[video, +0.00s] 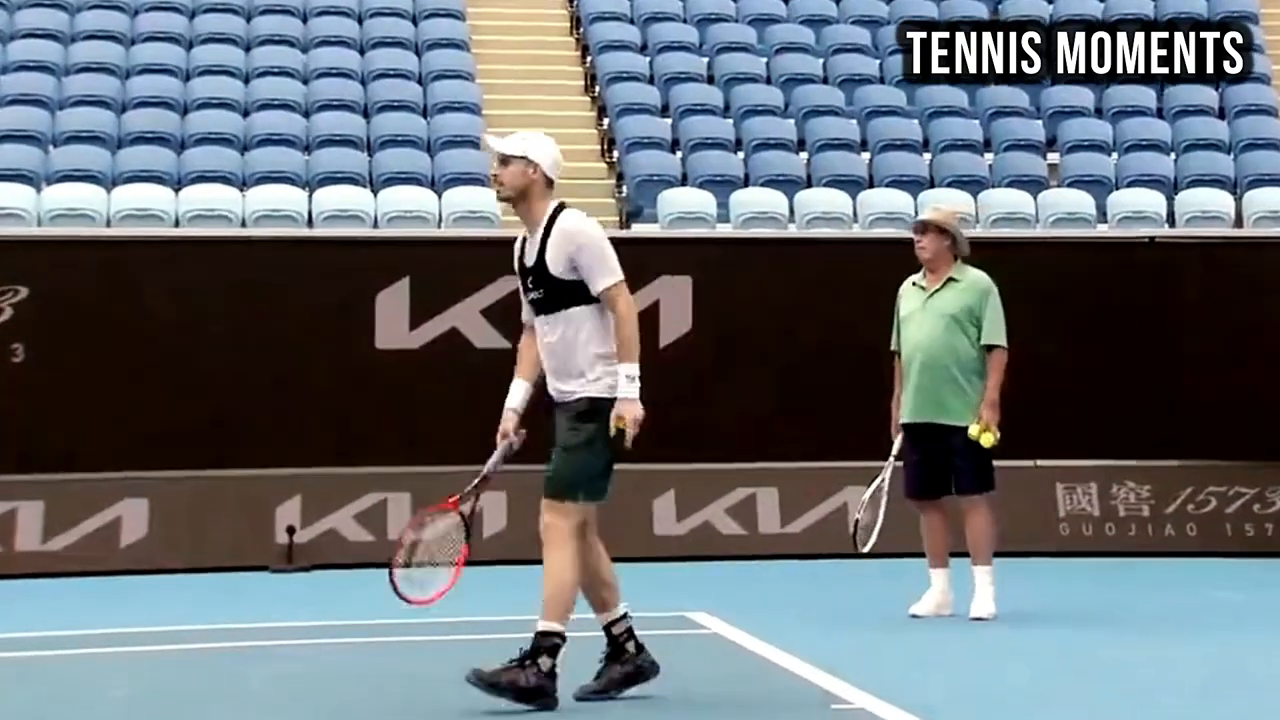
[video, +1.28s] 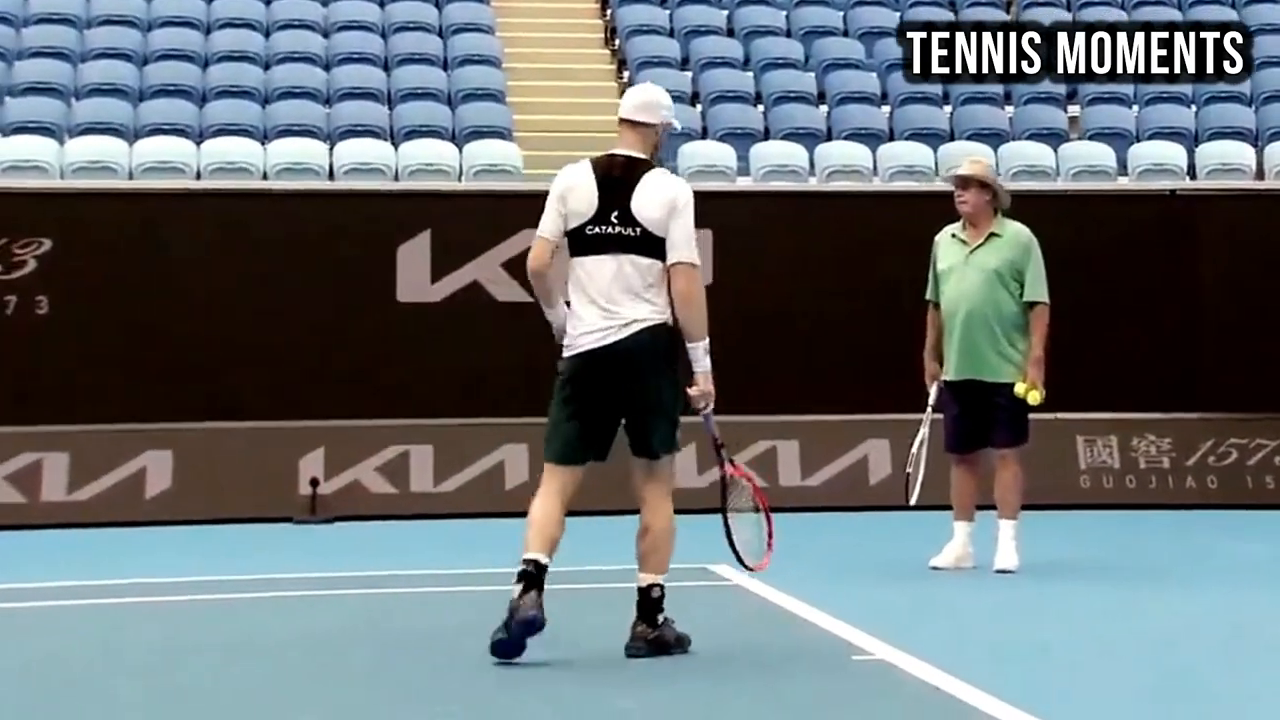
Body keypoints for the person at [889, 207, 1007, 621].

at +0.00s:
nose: (916, 240)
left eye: (924, 233)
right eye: (916, 234)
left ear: (948, 240)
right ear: (920, 243)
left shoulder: (979, 285)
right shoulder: (908, 289)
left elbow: (997, 349)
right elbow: (900, 356)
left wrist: (991, 399)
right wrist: (898, 408)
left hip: (965, 414)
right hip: (918, 414)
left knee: (973, 499)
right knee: (928, 502)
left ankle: (983, 588)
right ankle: (939, 589)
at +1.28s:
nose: (961, 194)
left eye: (969, 187)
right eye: (958, 188)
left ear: (991, 193)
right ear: (954, 194)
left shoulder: (1020, 239)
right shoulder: (944, 240)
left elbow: (1039, 305)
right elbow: (935, 305)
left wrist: (1036, 361)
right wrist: (931, 356)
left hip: (1006, 368)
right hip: (957, 367)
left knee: (1006, 454)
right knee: (962, 457)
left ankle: (1007, 541)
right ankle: (961, 542)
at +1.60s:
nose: (990, 193)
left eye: (998, 187)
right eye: (986, 187)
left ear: (1018, 192)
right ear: (982, 194)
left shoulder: (1047, 239)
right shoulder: (972, 239)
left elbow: (1065, 305)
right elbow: (960, 306)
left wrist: (1059, 358)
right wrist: (953, 358)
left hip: (1029, 370)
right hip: (978, 368)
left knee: (1025, 455)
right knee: (974, 456)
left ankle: (1022, 543)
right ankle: (975, 540)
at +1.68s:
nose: (994, 193)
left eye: (1003, 187)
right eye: (991, 187)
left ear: (1024, 194)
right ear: (987, 194)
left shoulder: (1051, 239)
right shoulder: (975, 239)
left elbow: (1068, 305)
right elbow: (962, 307)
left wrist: (1062, 360)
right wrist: (955, 362)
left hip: (1032, 371)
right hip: (980, 368)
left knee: (1026, 456)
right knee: (972, 455)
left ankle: (1022, 543)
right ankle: (975, 538)